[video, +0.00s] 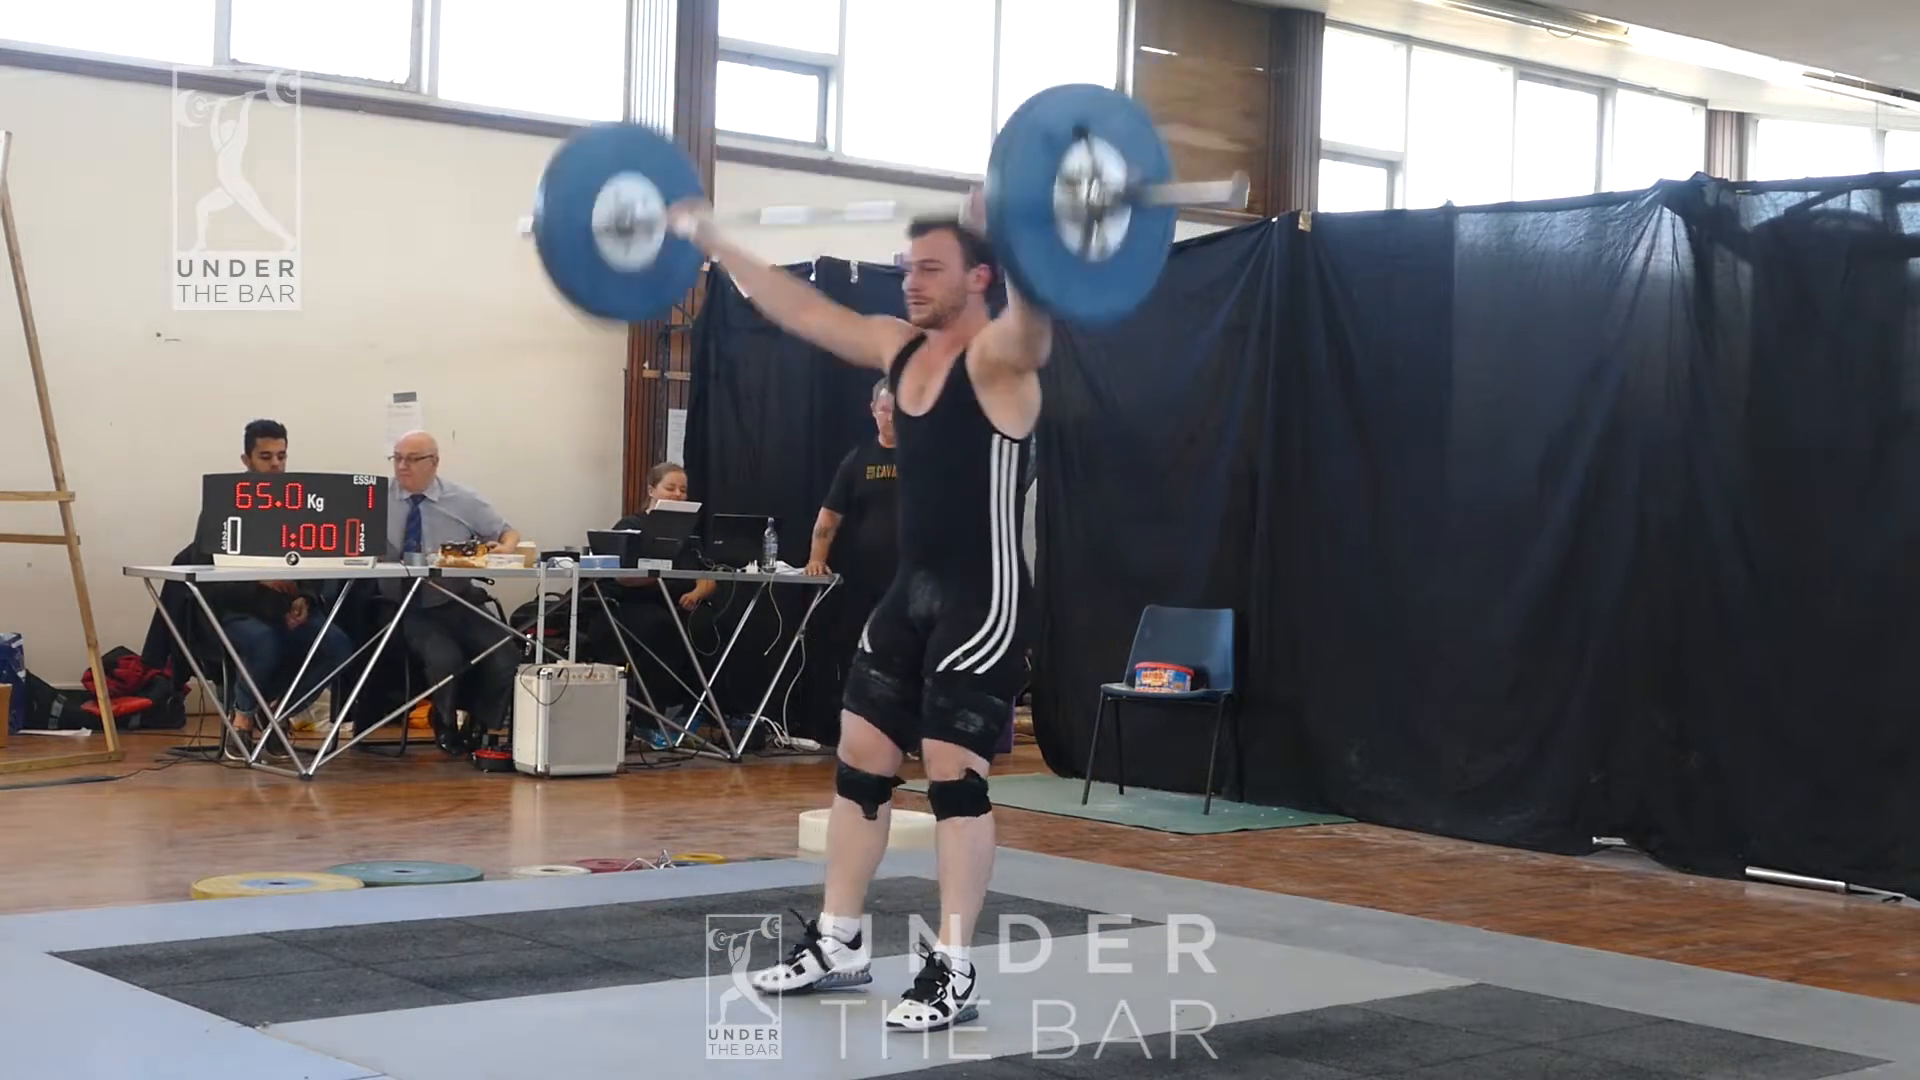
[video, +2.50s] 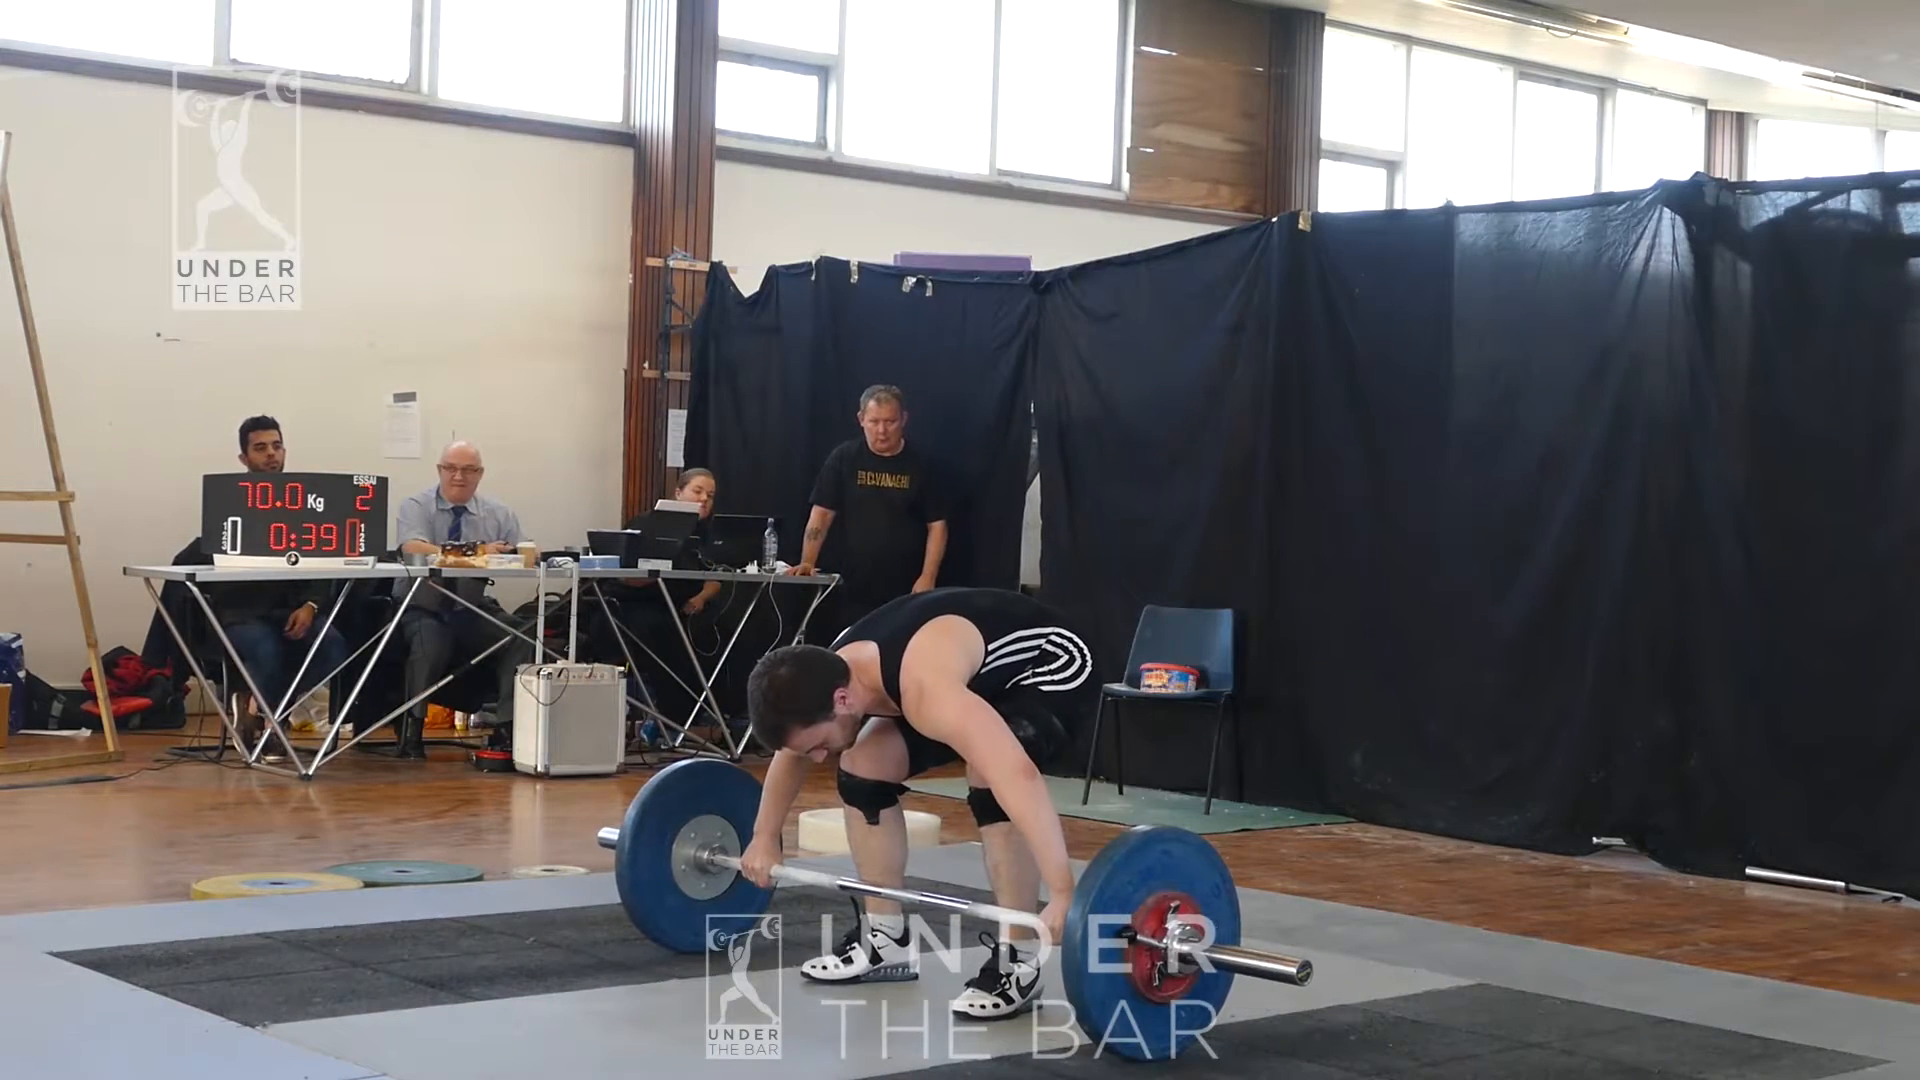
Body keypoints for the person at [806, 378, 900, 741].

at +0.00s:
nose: (889, 417)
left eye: (895, 410)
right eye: (883, 410)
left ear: (907, 412)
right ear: (873, 411)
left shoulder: (921, 458)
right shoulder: (858, 460)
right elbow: (829, 517)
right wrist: (817, 557)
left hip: (905, 576)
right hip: (858, 576)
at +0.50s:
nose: (892, 425)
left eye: (900, 417)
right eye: (886, 418)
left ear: (923, 415)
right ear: (881, 417)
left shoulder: (949, 459)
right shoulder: (871, 460)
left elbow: (962, 518)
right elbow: (843, 515)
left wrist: (957, 571)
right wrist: (831, 555)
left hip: (929, 579)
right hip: (875, 578)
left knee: (923, 665)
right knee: (873, 666)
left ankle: (923, 747)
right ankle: (873, 746)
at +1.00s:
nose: (885, 419)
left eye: (892, 411)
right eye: (877, 412)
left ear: (907, 411)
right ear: (865, 414)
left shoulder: (933, 458)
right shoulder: (851, 463)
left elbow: (956, 512)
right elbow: (830, 523)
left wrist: (957, 564)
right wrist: (830, 570)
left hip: (921, 582)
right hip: (867, 583)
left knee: (917, 664)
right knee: (869, 666)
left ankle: (910, 742)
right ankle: (875, 744)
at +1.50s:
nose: (887, 428)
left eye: (895, 419)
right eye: (880, 419)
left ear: (907, 419)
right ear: (865, 417)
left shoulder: (926, 463)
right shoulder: (845, 461)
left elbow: (942, 525)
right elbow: (819, 514)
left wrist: (933, 575)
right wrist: (807, 561)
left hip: (908, 590)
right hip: (855, 586)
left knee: (902, 673)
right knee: (852, 671)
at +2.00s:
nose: (883, 429)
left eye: (891, 421)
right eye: (875, 420)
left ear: (904, 419)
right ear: (862, 419)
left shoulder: (925, 463)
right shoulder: (843, 460)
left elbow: (941, 524)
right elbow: (821, 514)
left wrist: (936, 575)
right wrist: (807, 562)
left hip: (907, 585)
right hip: (855, 583)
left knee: (902, 670)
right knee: (853, 665)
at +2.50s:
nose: (882, 430)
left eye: (889, 422)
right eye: (874, 422)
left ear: (904, 420)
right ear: (861, 420)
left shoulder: (922, 465)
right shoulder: (843, 459)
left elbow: (937, 527)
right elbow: (822, 514)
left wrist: (928, 577)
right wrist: (807, 562)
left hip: (902, 586)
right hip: (851, 582)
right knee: (849, 665)